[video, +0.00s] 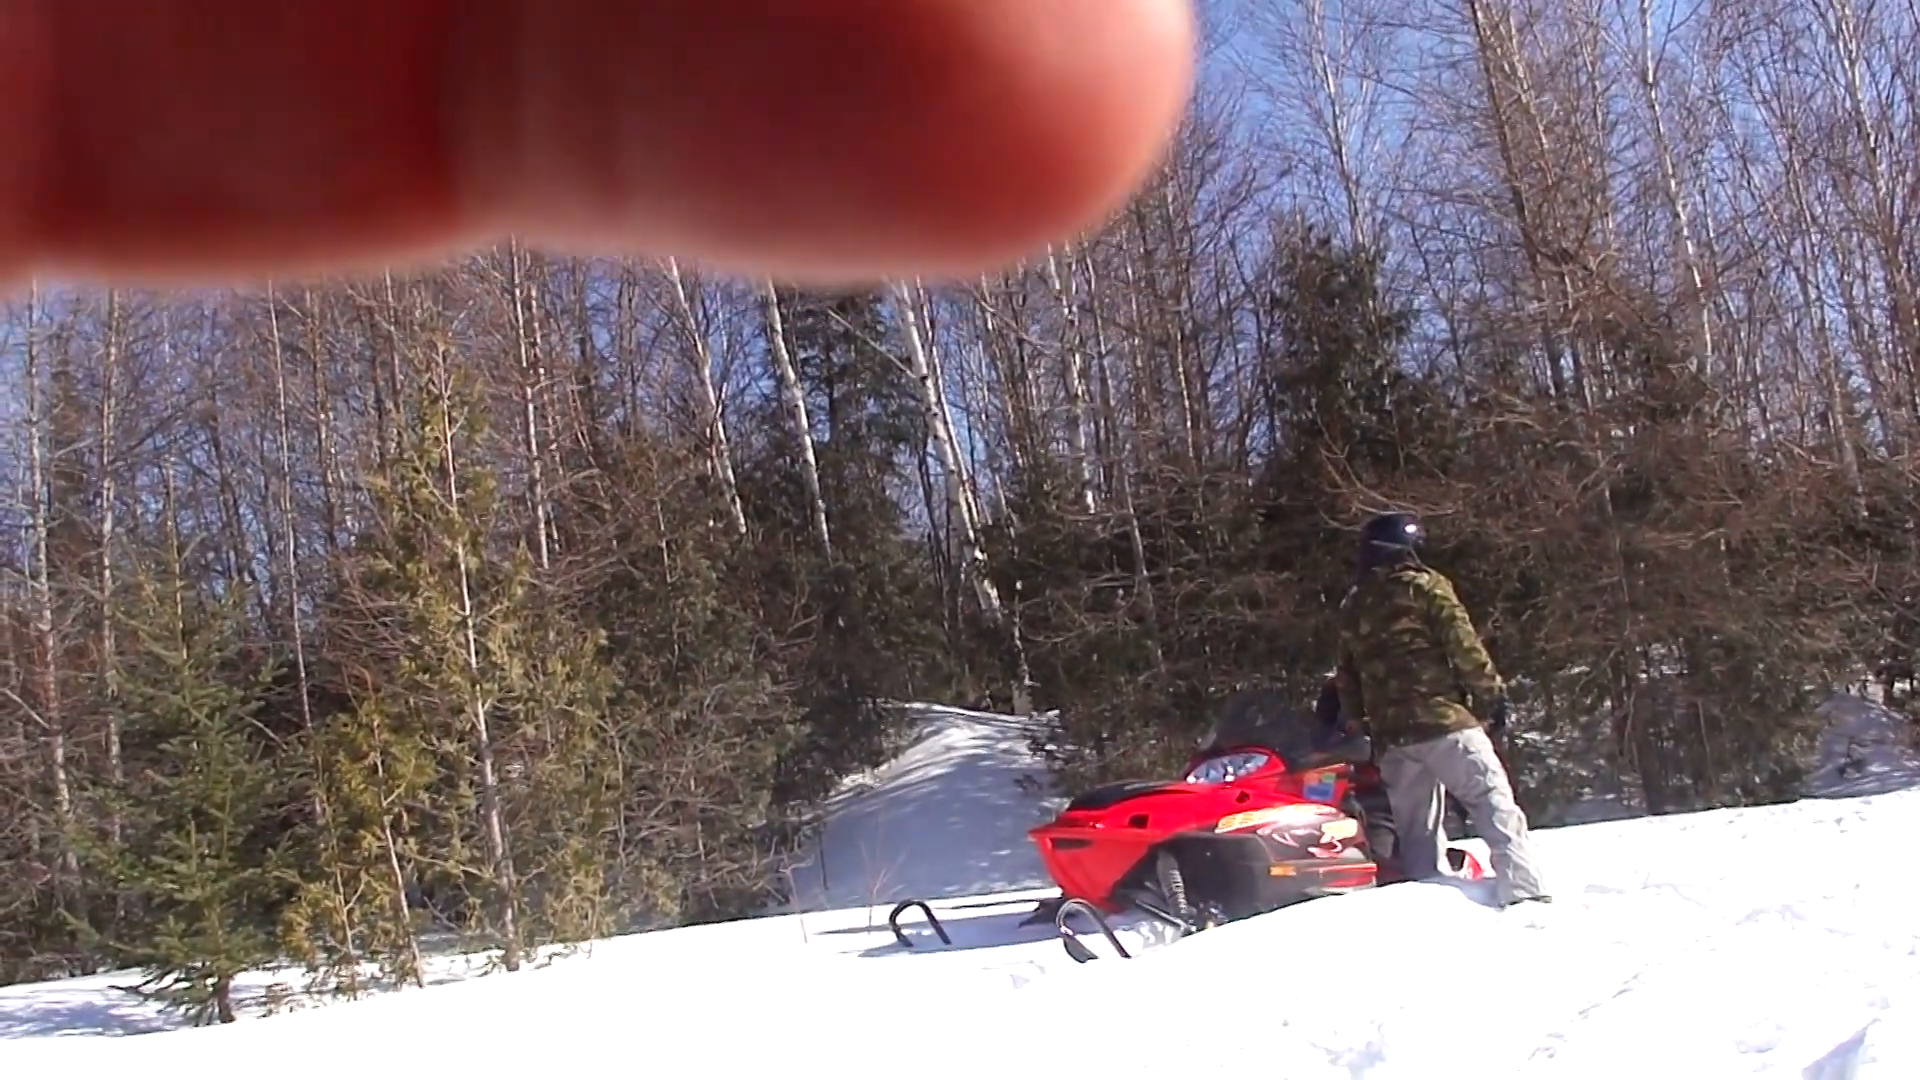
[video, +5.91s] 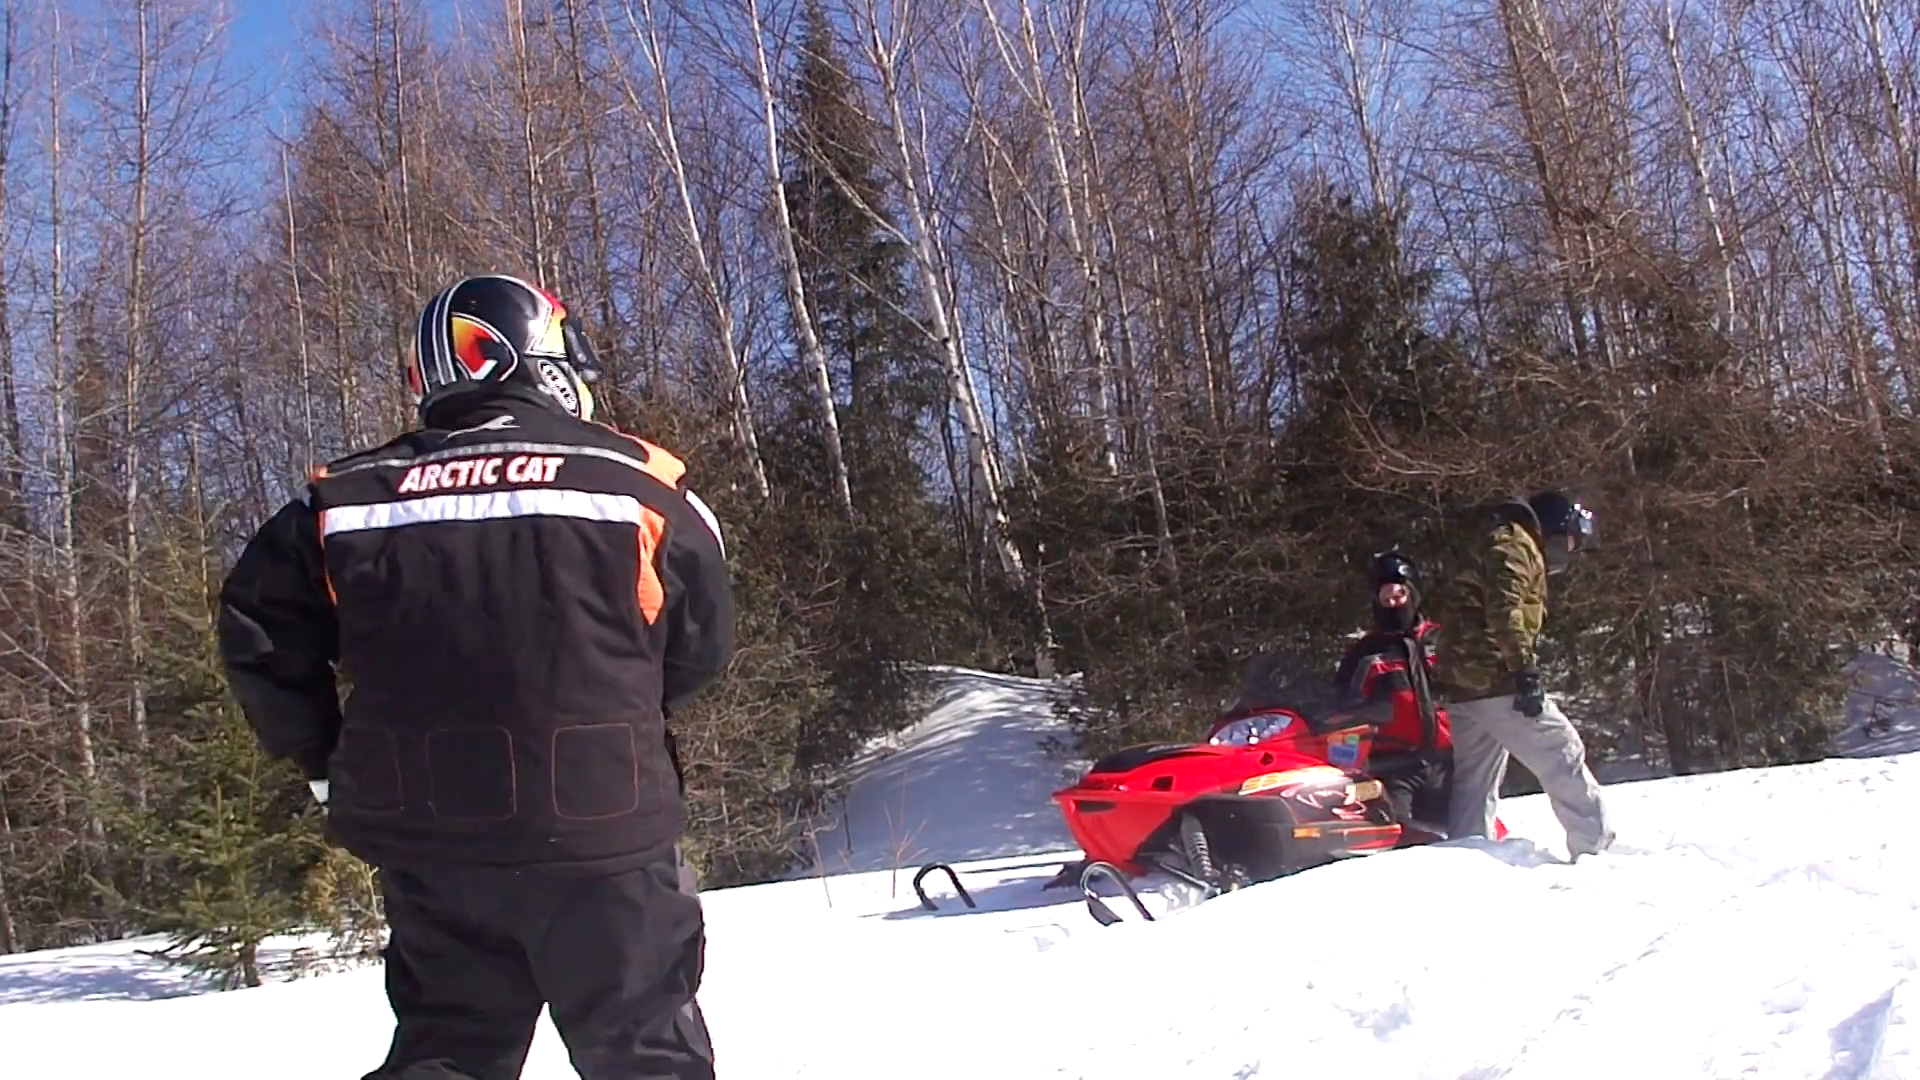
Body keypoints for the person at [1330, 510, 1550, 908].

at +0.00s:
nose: (1420, 551)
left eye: (1417, 546)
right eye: (1416, 545)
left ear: (1369, 552)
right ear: (1408, 547)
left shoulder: (1352, 605)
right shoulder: (1427, 584)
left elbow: (1348, 676)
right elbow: (1463, 647)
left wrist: (1362, 720)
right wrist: (1493, 697)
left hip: (1391, 734)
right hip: (1445, 720)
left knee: (1415, 833)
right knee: (1491, 800)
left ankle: (1426, 910)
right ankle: (1522, 890)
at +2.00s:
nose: (1443, 526)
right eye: (1439, 519)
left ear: (1391, 525)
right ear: (1433, 521)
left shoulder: (1376, 577)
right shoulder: (1453, 554)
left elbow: (1367, 644)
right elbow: (1488, 612)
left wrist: (1373, 691)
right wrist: (1513, 667)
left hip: (1413, 701)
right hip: (1468, 689)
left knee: (1438, 800)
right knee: (1512, 768)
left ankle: (1450, 879)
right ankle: (1543, 858)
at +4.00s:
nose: (1440, 513)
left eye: (1437, 506)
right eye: (1436, 506)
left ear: (1390, 513)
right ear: (1427, 508)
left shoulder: (1372, 566)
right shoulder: (1446, 542)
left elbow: (1366, 639)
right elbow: (1483, 603)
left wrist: (1380, 686)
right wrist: (1516, 654)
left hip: (1415, 699)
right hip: (1470, 684)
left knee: (1442, 800)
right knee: (1518, 760)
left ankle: (1450, 879)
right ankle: (1547, 853)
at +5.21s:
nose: (1477, 556)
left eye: (1481, 552)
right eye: (1478, 548)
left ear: (1438, 523)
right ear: (1468, 531)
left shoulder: (1388, 560)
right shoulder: (1450, 545)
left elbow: (1377, 630)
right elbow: (1472, 610)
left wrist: (1393, 684)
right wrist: (1505, 658)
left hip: (1408, 696)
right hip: (1454, 682)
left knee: (1440, 799)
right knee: (1512, 759)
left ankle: (1449, 873)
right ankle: (1547, 854)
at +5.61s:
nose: (1514, 563)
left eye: (1521, 557)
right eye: (1519, 552)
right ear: (1507, 532)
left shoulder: (1429, 548)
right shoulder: (1470, 540)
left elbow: (1416, 618)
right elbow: (1474, 602)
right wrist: (1503, 656)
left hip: (1422, 687)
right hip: (1462, 677)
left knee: (1453, 787)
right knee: (1533, 748)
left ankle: (1459, 867)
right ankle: (1562, 848)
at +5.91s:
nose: (1569, 554)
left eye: (1574, 547)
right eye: (1571, 543)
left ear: (1545, 525)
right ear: (1554, 528)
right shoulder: (1513, 543)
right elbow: (1507, 612)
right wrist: (1528, 677)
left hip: (1461, 681)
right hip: (1494, 678)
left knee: (1474, 776)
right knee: (1561, 750)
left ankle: (1467, 858)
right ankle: (1593, 847)